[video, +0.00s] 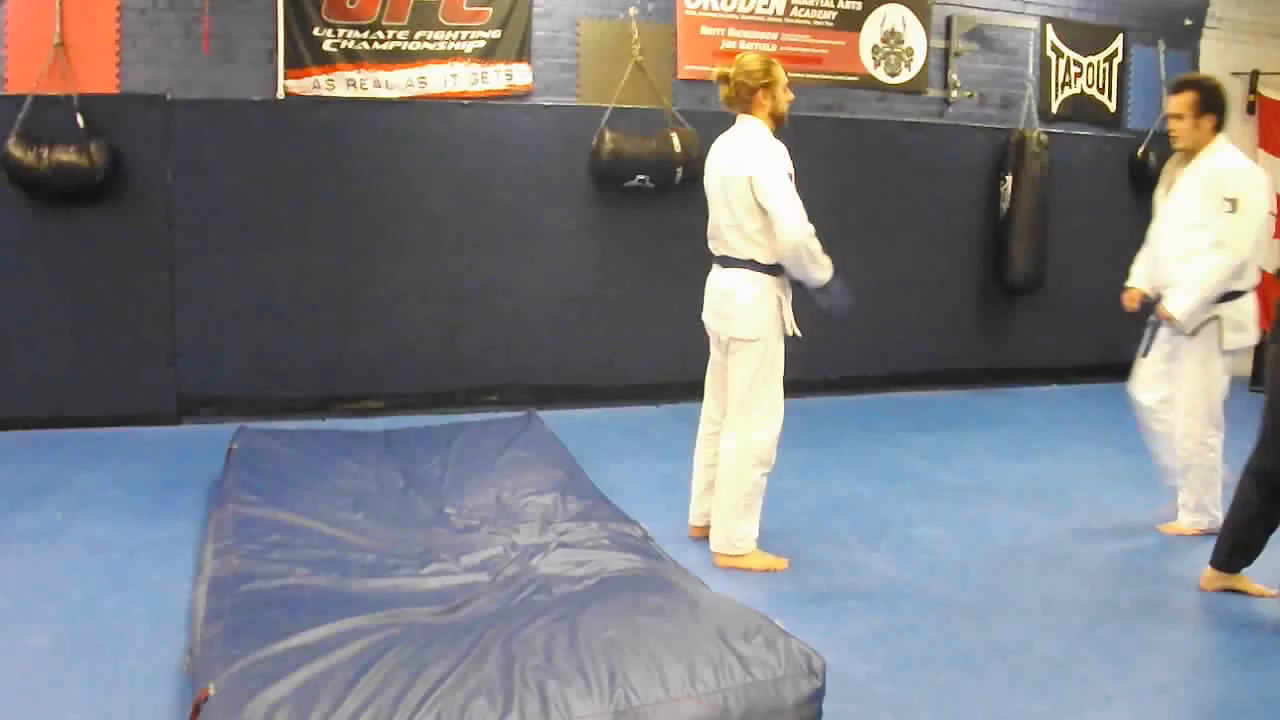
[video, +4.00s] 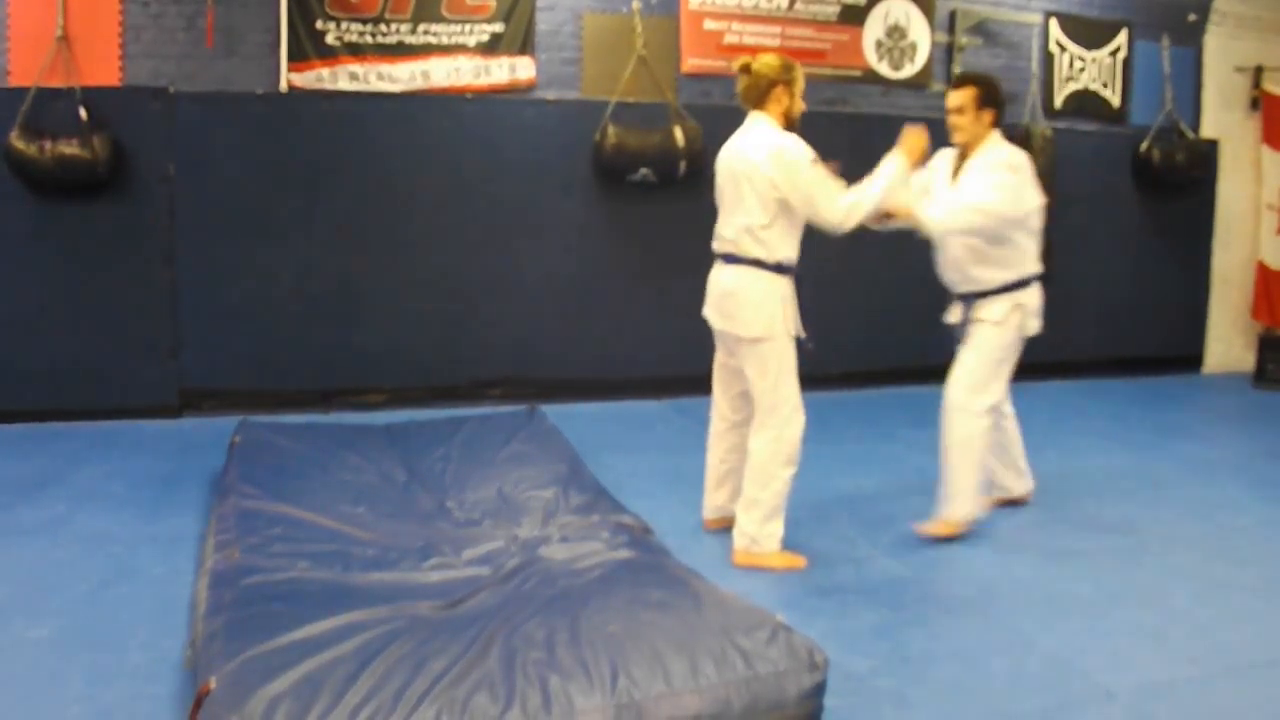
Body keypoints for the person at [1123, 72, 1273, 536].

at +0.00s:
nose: (1171, 126)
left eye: (1180, 117)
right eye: (1168, 117)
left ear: (1209, 120)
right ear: (1174, 120)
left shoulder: (1237, 174)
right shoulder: (1178, 170)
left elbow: (1234, 252)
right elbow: (1160, 234)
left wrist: (1183, 302)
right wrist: (1141, 282)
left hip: (1212, 315)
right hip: (1176, 310)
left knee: (1198, 415)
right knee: (1146, 391)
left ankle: (1201, 514)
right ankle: (1185, 489)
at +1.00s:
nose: (881, 114)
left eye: (890, 105)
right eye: (880, 105)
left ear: (921, 108)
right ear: (887, 108)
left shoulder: (941, 158)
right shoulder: (889, 158)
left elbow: (881, 211)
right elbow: (858, 219)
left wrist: (820, 219)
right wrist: (819, 268)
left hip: (937, 304)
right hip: (899, 302)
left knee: (904, 414)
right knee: (868, 403)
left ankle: (911, 530)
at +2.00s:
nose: (835, 114)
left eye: (844, 105)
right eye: (832, 106)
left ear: (873, 103)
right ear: (834, 107)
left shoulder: (912, 158)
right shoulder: (835, 157)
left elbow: (911, 236)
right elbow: (822, 222)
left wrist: (867, 290)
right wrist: (805, 282)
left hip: (886, 302)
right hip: (836, 297)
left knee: (866, 415)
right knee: (820, 408)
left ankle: (876, 529)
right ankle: (817, 506)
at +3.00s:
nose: (1046, 122)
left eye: (1056, 114)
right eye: (1043, 114)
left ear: (1082, 118)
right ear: (1040, 118)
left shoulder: (1117, 172)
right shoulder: (1028, 172)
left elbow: (1135, 237)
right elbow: (1008, 223)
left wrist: (1094, 289)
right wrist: (1001, 273)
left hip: (1087, 305)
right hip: (1035, 302)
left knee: (1091, 400)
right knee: (1032, 395)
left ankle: (1121, 484)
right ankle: (1035, 478)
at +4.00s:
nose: (951, 120)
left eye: (960, 112)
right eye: (948, 112)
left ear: (988, 116)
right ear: (949, 115)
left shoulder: (1008, 166)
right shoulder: (945, 162)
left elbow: (966, 218)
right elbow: (905, 200)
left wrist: (912, 212)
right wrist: (848, 196)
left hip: (1009, 300)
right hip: (971, 299)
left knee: (964, 394)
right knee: (989, 394)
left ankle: (956, 512)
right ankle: (1012, 482)